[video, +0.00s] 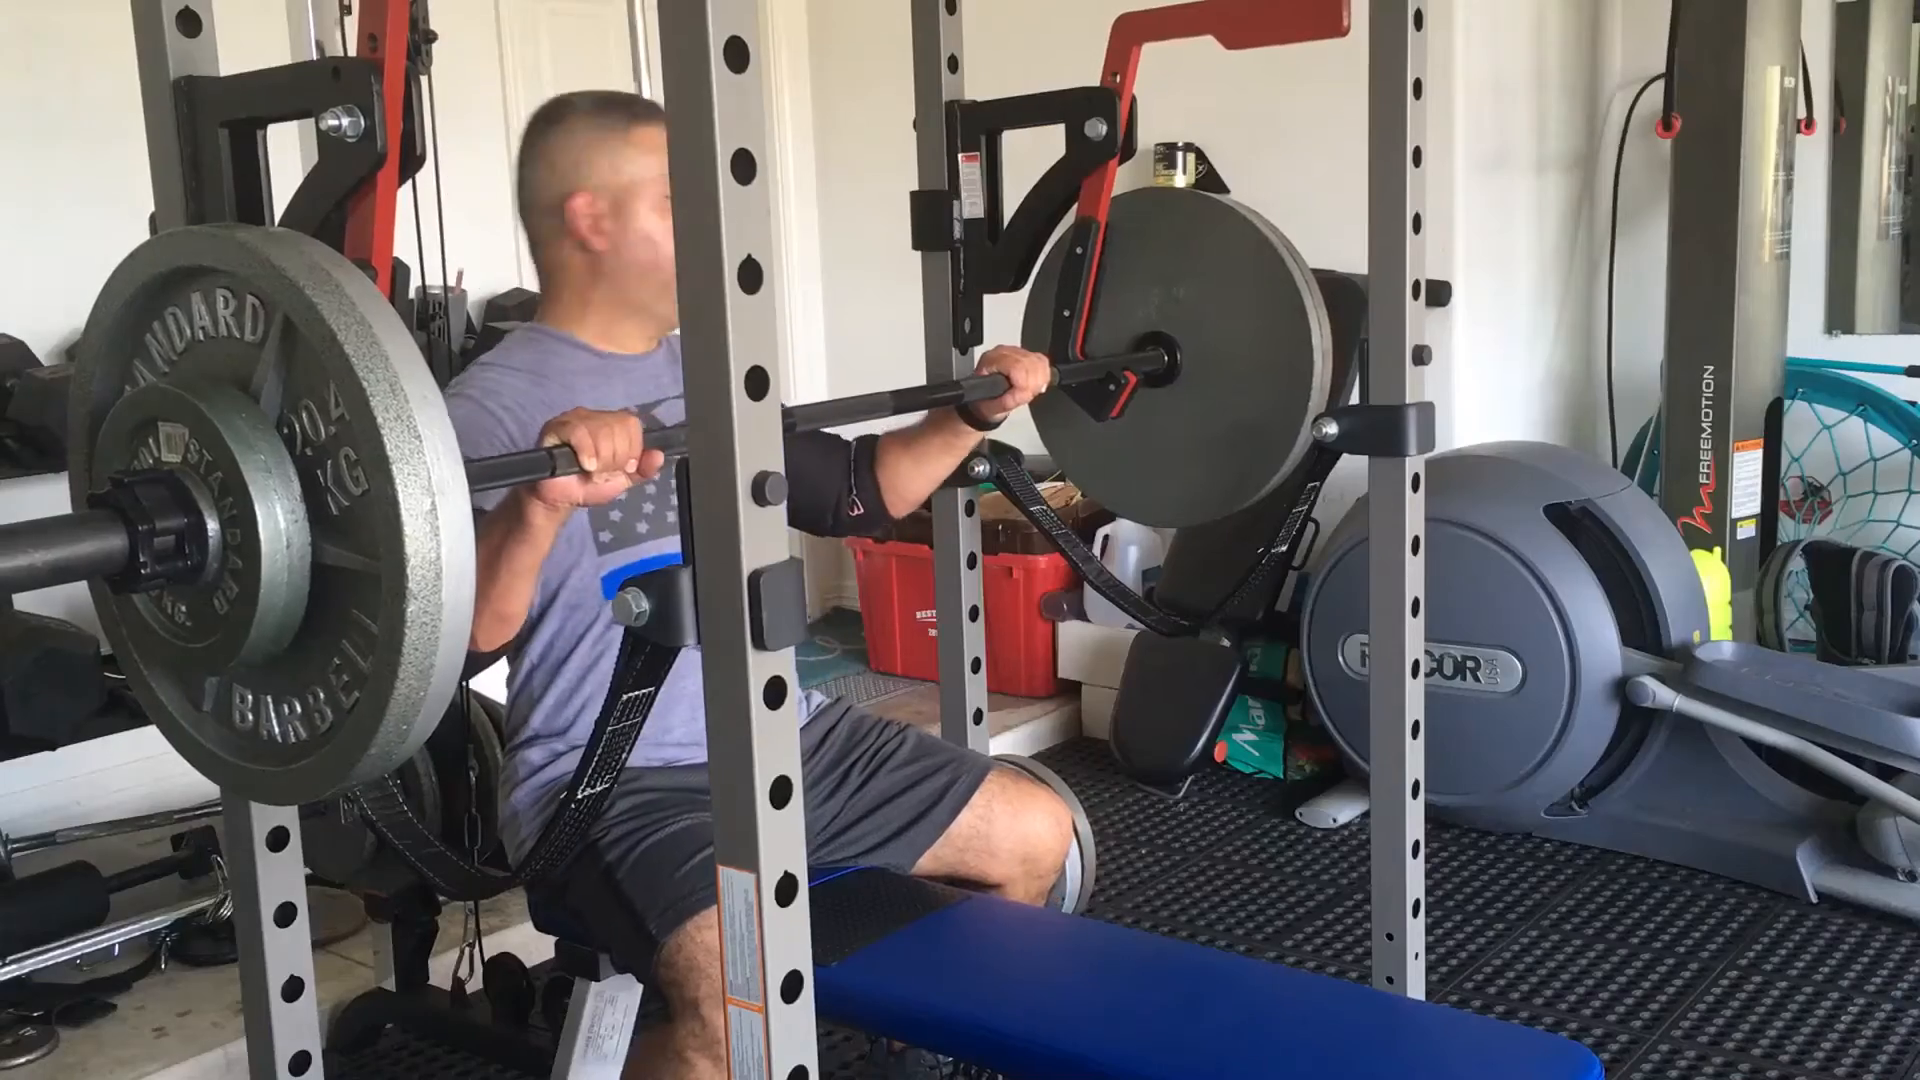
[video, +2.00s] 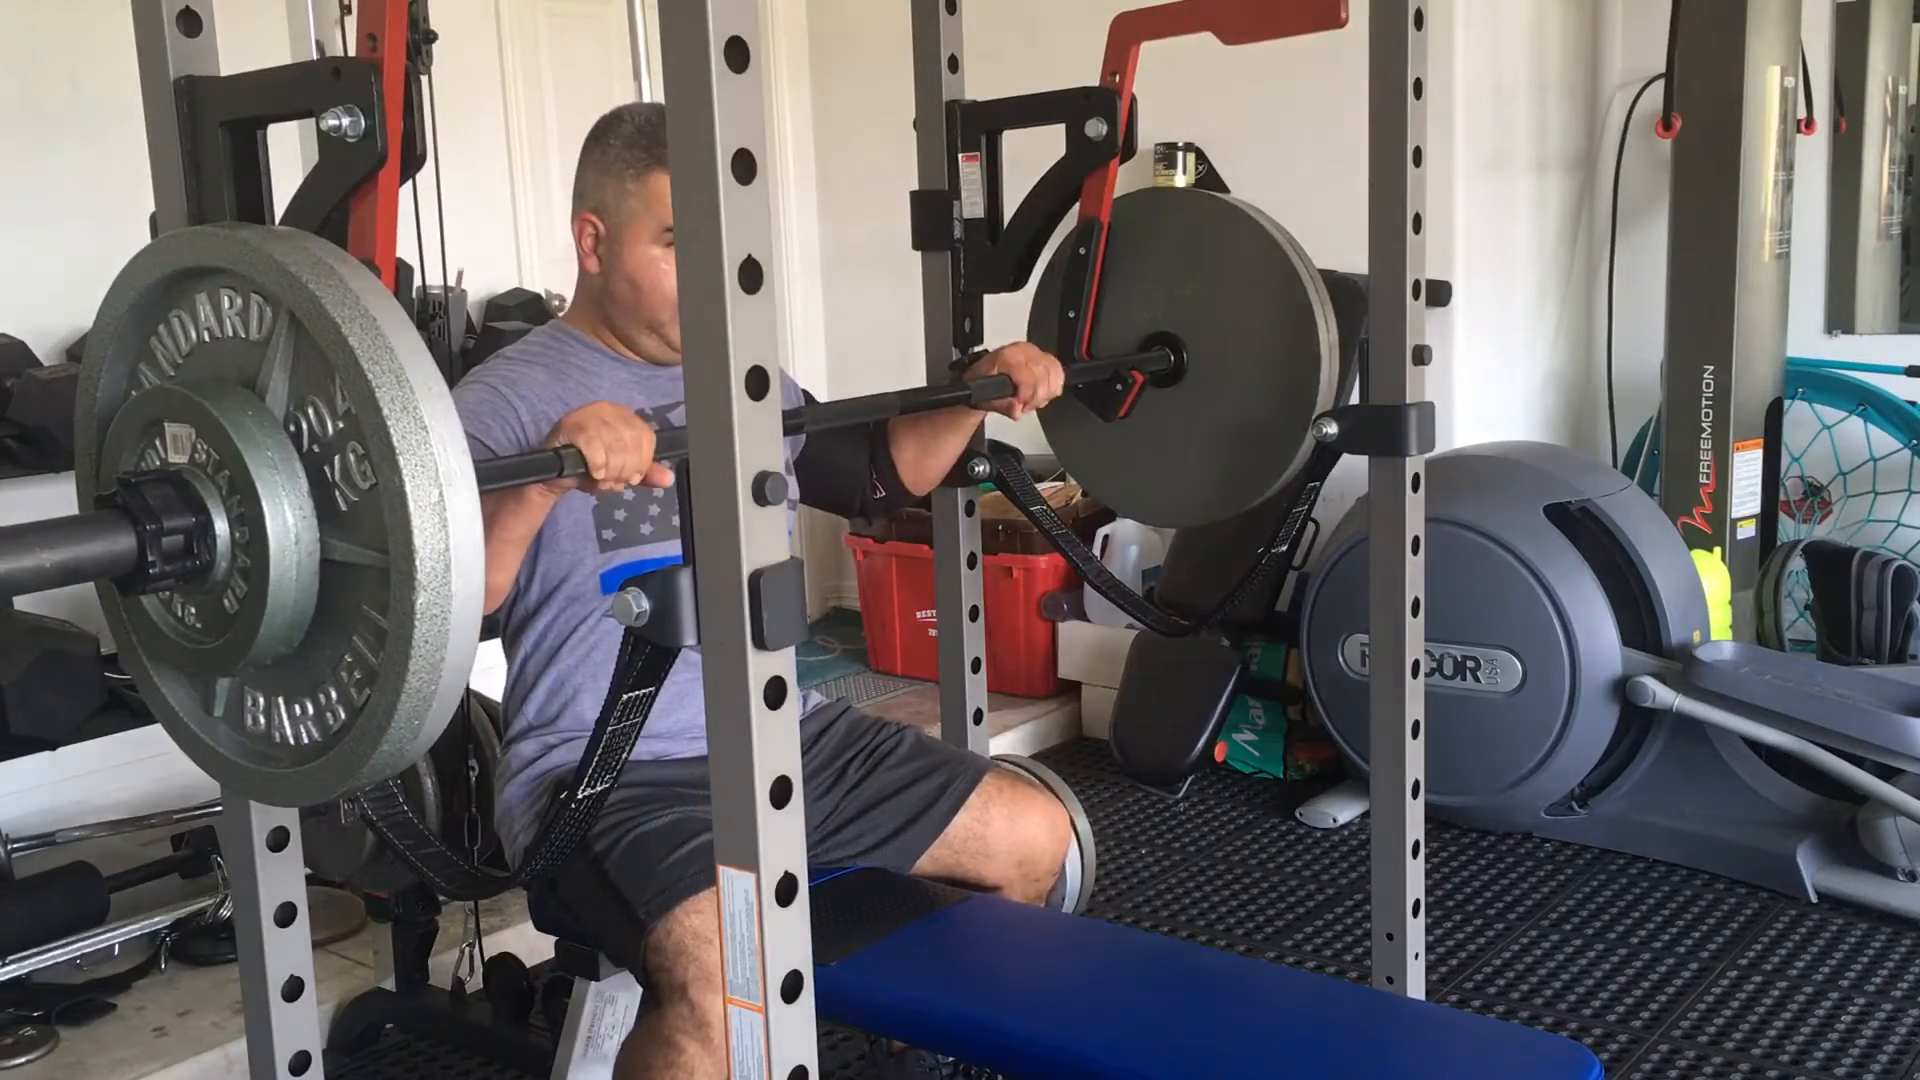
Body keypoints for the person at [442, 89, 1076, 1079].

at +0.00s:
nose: (705, 225)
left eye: (698, 197)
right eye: (677, 196)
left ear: (600, 222)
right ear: (592, 221)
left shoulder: (703, 368)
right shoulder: (493, 399)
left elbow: (863, 491)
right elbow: (470, 638)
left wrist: (974, 408)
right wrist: (543, 500)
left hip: (775, 732)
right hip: (608, 776)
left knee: (1032, 831)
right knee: (739, 972)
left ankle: (982, 1051)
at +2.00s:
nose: (705, 267)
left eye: (715, 240)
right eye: (674, 241)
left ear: (737, 245)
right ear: (591, 245)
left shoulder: (740, 378)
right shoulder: (506, 397)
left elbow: (879, 478)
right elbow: (462, 606)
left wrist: (978, 392)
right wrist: (552, 464)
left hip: (777, 736)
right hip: (608, 770)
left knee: (1032, 833)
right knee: (725, 957)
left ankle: (980, 1045)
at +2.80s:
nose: (708, 149)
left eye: (713, 124)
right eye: (671, 129)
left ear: (744, 146)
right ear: (601, 186)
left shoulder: (783, 317)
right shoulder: (537, 340)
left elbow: (855, 471)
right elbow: (430, 568)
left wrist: (960, 402)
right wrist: (522, 482)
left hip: (828, 721)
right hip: (642, 756)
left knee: (1065, 841)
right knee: (747, 944)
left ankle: (1192, 1053)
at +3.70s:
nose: (652, 168)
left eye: (662, 141)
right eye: (610, 143)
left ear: (685, 161)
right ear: (531, 180)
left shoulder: (721, 310)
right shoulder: (483, 343)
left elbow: (845, 475)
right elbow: (438, 579)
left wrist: (949, 404)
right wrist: (514, 474)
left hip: (889, 675)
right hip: (707, 722)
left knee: (1171, 827)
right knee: (876, 936)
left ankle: (1221, 1073)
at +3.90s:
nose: (607, 330)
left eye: (611, 309)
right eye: (565, 315)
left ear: (637, 336)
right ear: (494, 369)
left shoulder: (725, 452)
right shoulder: (514, 503)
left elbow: (900, 552)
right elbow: (490, 649)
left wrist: (953, 417)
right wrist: (524, 509)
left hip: (1012, 678)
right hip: (870, 745)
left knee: (1307, 883)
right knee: (1054, 992)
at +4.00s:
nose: (611, 456)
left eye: (610, 432)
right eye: (561, 444)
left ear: (633, 443)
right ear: (501, 493)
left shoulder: (753, 530)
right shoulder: (565, 619)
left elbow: (947, 585)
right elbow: (521, 717)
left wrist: (962, 425)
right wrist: (518, 520)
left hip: (1056, 697)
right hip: (924, 773)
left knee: (1387, 912)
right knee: (1112, 1035)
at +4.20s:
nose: (626, 567)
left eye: (636, 545)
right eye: (593, 576)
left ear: (676, 581)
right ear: (582, 626)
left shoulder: (847, 640)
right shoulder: (644, 750)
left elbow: (995, 620)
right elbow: (556, 791)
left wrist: (972, 435)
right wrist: (542, 523)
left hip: (1163, 741)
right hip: (1023, 821)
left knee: (1538, 957)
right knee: (1242, 1056)